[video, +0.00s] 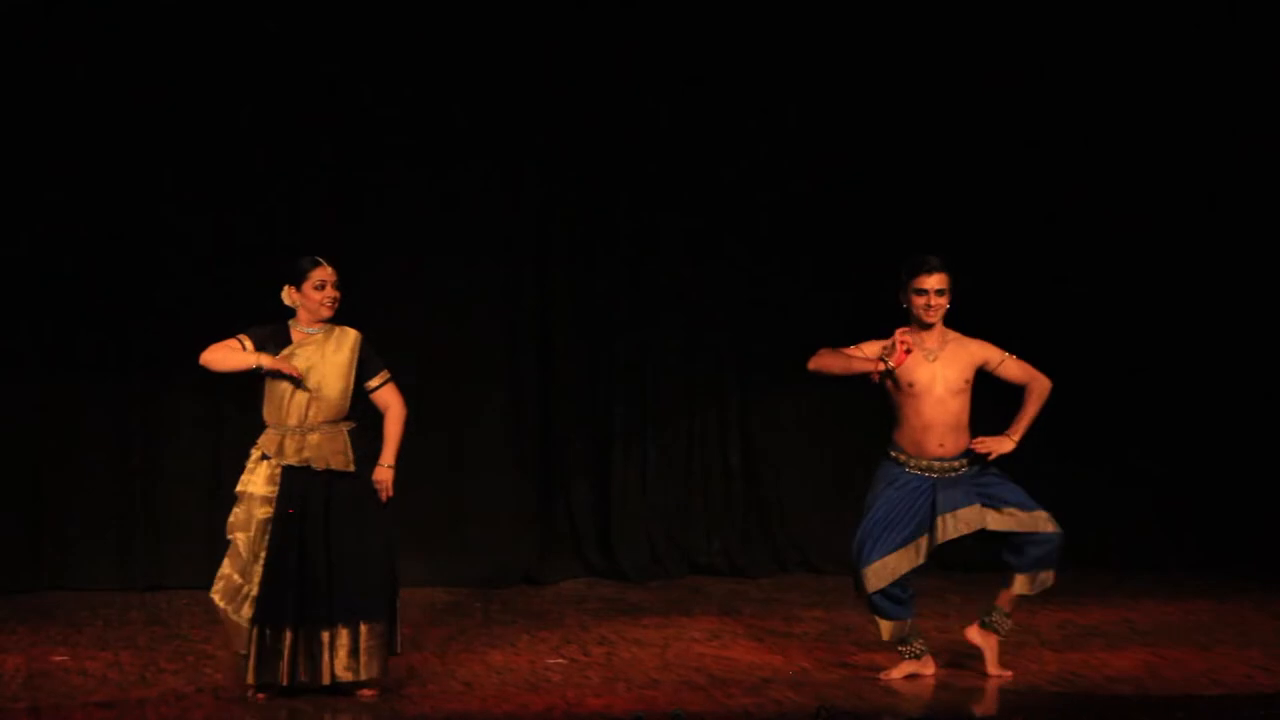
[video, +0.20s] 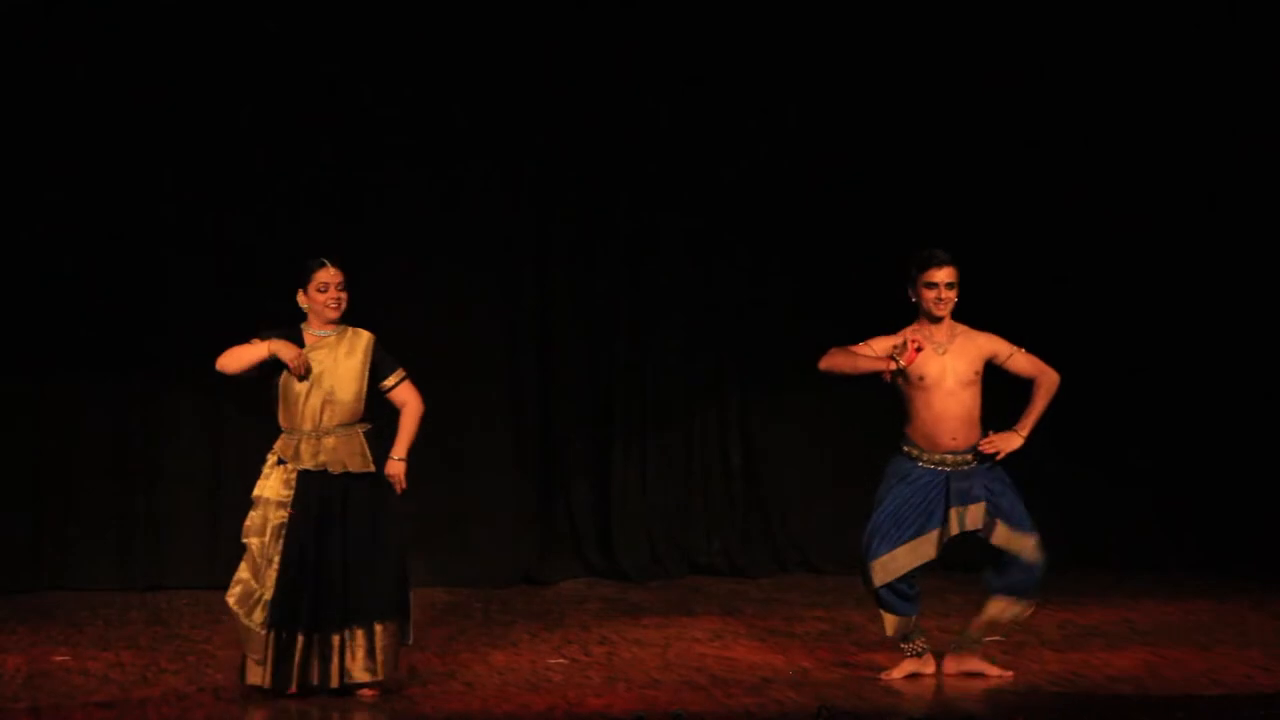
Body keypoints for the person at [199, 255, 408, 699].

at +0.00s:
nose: (331, 294)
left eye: (335, 287)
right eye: (320, 286)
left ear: (339, 294)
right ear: (294, 293)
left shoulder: (352, 344)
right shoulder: (270, 338)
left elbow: (394, 406)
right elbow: (209, 358)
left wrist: (386, 463)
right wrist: (265, 360)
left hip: (338, 470)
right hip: (280, 469)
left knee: (351, 569)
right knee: (276, 569)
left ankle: (359, 673)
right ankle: (269, 674)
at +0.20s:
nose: (335, 295)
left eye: (340, 288)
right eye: (324, 288)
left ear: (347, 295)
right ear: (303, 297)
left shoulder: (363, 345)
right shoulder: (284, 344)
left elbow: (412, 402)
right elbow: (225, 364)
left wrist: (398, 455)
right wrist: (272, 348)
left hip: (351, 469)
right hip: (294, 469)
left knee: (359, 568)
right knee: (288, 567)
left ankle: (362, 672)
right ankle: (287, 671)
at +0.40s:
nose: (322, 297)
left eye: (331, 289)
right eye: (314, 290)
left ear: (347, 294)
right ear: (305, 295)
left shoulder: (370, 345)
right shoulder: (289, 342)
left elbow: (416, 404)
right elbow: (229, 375)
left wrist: (405, 461)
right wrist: (274, 372)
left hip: (355, 470)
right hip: (298, 470)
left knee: (363, 568)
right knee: (297, 569)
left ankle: (370, 674)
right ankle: (296, 674)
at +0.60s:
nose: (323, 294)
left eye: (333, 286)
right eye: (316, 286)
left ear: (354, 291)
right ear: (309, 291)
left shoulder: (376, 342)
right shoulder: (296, 339)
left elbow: (422, 401)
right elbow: (232, 369)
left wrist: (411, 460)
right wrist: (274, 369)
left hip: (358, 468)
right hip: (300, 467)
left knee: (366, 565)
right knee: (301, 567)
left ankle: (371, 673)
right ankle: (304, 673)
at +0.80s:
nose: (343, 294)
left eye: (351, 287)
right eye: (334, 287)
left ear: (364, 293)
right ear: (321, 294)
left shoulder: (384, 344)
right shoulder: (305, 340)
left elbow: (430, 404)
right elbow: (239, 361)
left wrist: (418, 462)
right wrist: (288, 357)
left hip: (369, 469)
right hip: (312, 469)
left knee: (374, 567)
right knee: (309, 568)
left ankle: (379, 671)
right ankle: (308, 671)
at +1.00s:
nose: (360, 296)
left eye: (365, 288)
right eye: (349, 288)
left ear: (372, 296)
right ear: (326, 296)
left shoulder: (386, 347)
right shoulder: (307, 340)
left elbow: (429, 409)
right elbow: (242, 363)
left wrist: (423, 470)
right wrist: (289, 370)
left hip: (373, 473)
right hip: (317, 473)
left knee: (378, 570)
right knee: (321, 572)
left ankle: (381, 674)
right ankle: (324, 675)